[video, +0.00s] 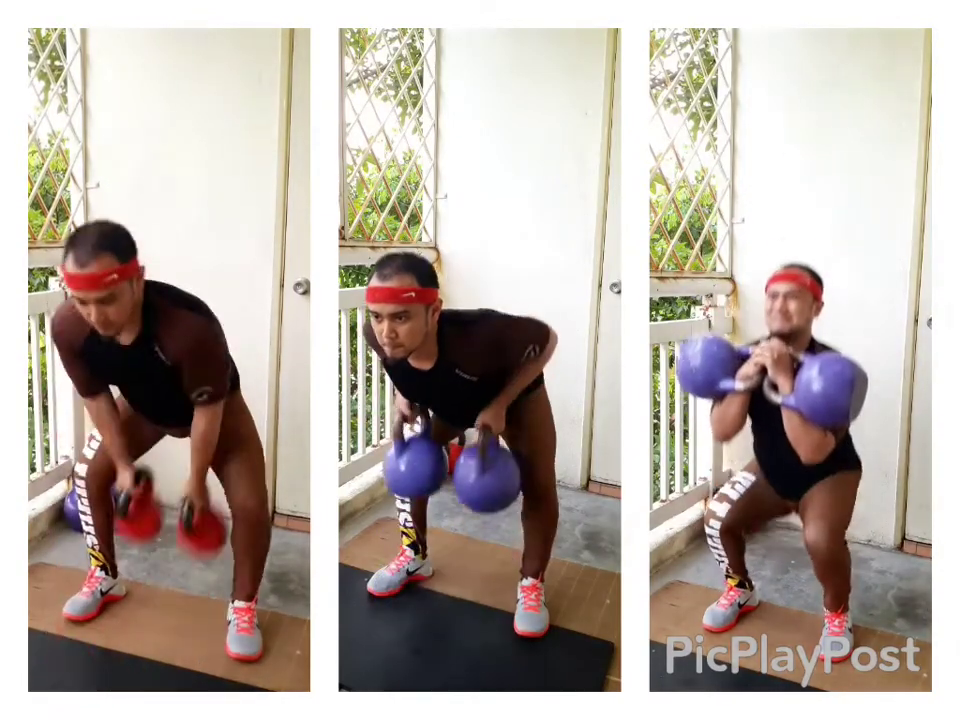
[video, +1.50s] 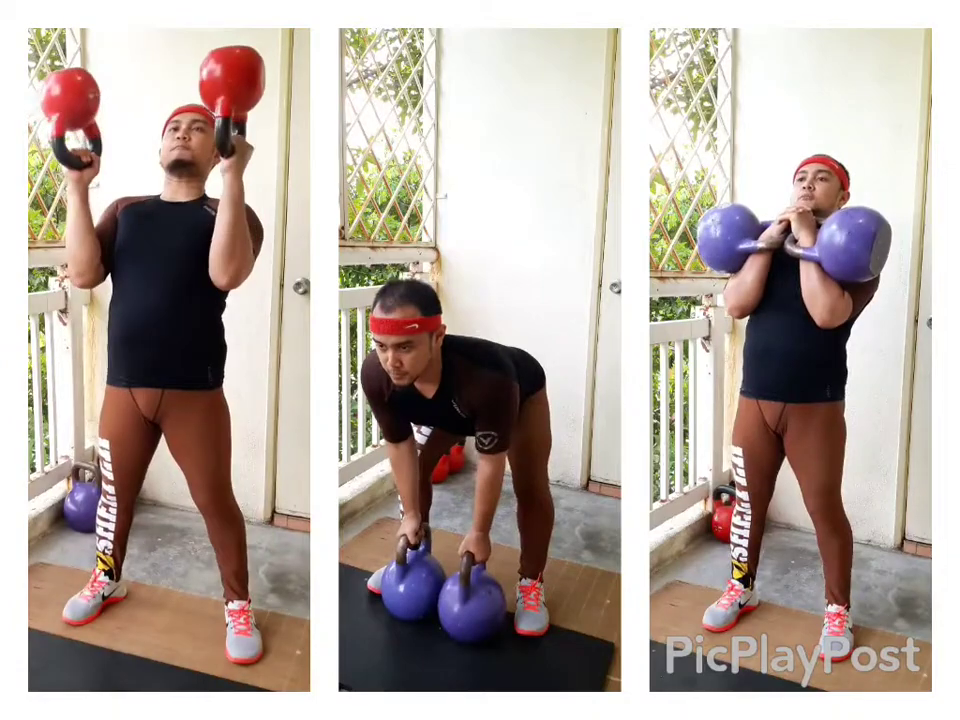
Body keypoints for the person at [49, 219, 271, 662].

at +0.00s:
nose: (95, 316)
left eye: (108, 300)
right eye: (82, 303)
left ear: (137, 279)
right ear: (70, 293)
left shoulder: (188, 324)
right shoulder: (68, 327)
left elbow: (208, 404)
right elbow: (96, 397)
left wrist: (197, 480)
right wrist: (122, 462)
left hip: (211, 406)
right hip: (146, 409)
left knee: (252, 507)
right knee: (93, 477)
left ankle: (243, 606)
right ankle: (104, 574)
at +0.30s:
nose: (82, 353)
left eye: (96, 338)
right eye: (73, 339)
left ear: (129, 329)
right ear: (64, 332)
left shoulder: (180, 360)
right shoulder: (66, 364)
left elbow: (209, 425)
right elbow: (110, 419)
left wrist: (202, 475)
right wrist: (145, 465)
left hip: (213, 403)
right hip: (150, 412)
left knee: (248, 502)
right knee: (101, 478)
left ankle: (242, 605)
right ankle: (105, 576)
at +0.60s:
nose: (161, 174)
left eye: (175, 163)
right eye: (153, 164)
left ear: (199, 172)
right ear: (143, 174)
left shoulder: (225, 245)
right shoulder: (120, 243)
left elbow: (221, 335)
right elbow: (110, 322)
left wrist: (191, 411)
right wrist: (93, 393)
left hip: (212, 393)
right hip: (148, 392)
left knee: (241, 502)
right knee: (102, 473)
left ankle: (240, 605)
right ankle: (105, 576)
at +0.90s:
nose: (170, 139)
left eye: (183, 128)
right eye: (161, 130)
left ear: (207, 137)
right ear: (150, 143)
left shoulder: (233, 205)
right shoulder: (127, 208)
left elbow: (244, 283)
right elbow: (95, 284)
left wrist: (216, 213)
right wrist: (69, 224)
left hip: (199, 380)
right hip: (133, 376)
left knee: (217, 494)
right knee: (119, 485)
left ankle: (240, 603)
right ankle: (106, 575)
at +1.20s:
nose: (174, 133)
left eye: (188, 127)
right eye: (165, 126)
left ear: (207, 148)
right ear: (151, 146)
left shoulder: (224, 214)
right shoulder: (119, 210)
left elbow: (227, 272)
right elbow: (76, 274)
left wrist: (233, 171)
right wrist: (67, 191)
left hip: (191, 390)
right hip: (122, 385)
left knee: (215, 503)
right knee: (115, 492)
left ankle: (239, 604)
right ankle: (106, 577)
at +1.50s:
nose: (181, 135)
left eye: (195, 129)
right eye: (173, 129)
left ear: (216, 152)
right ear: (158, 151)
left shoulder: (233, 216)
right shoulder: (125, 210)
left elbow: (226, 275)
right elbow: (83, 275)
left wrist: (232, 174)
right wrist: (78, 186)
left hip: (194, 392)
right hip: (123, 387)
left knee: (216, 503)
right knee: (115, 493)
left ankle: (238, 604)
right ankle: (106, 576)